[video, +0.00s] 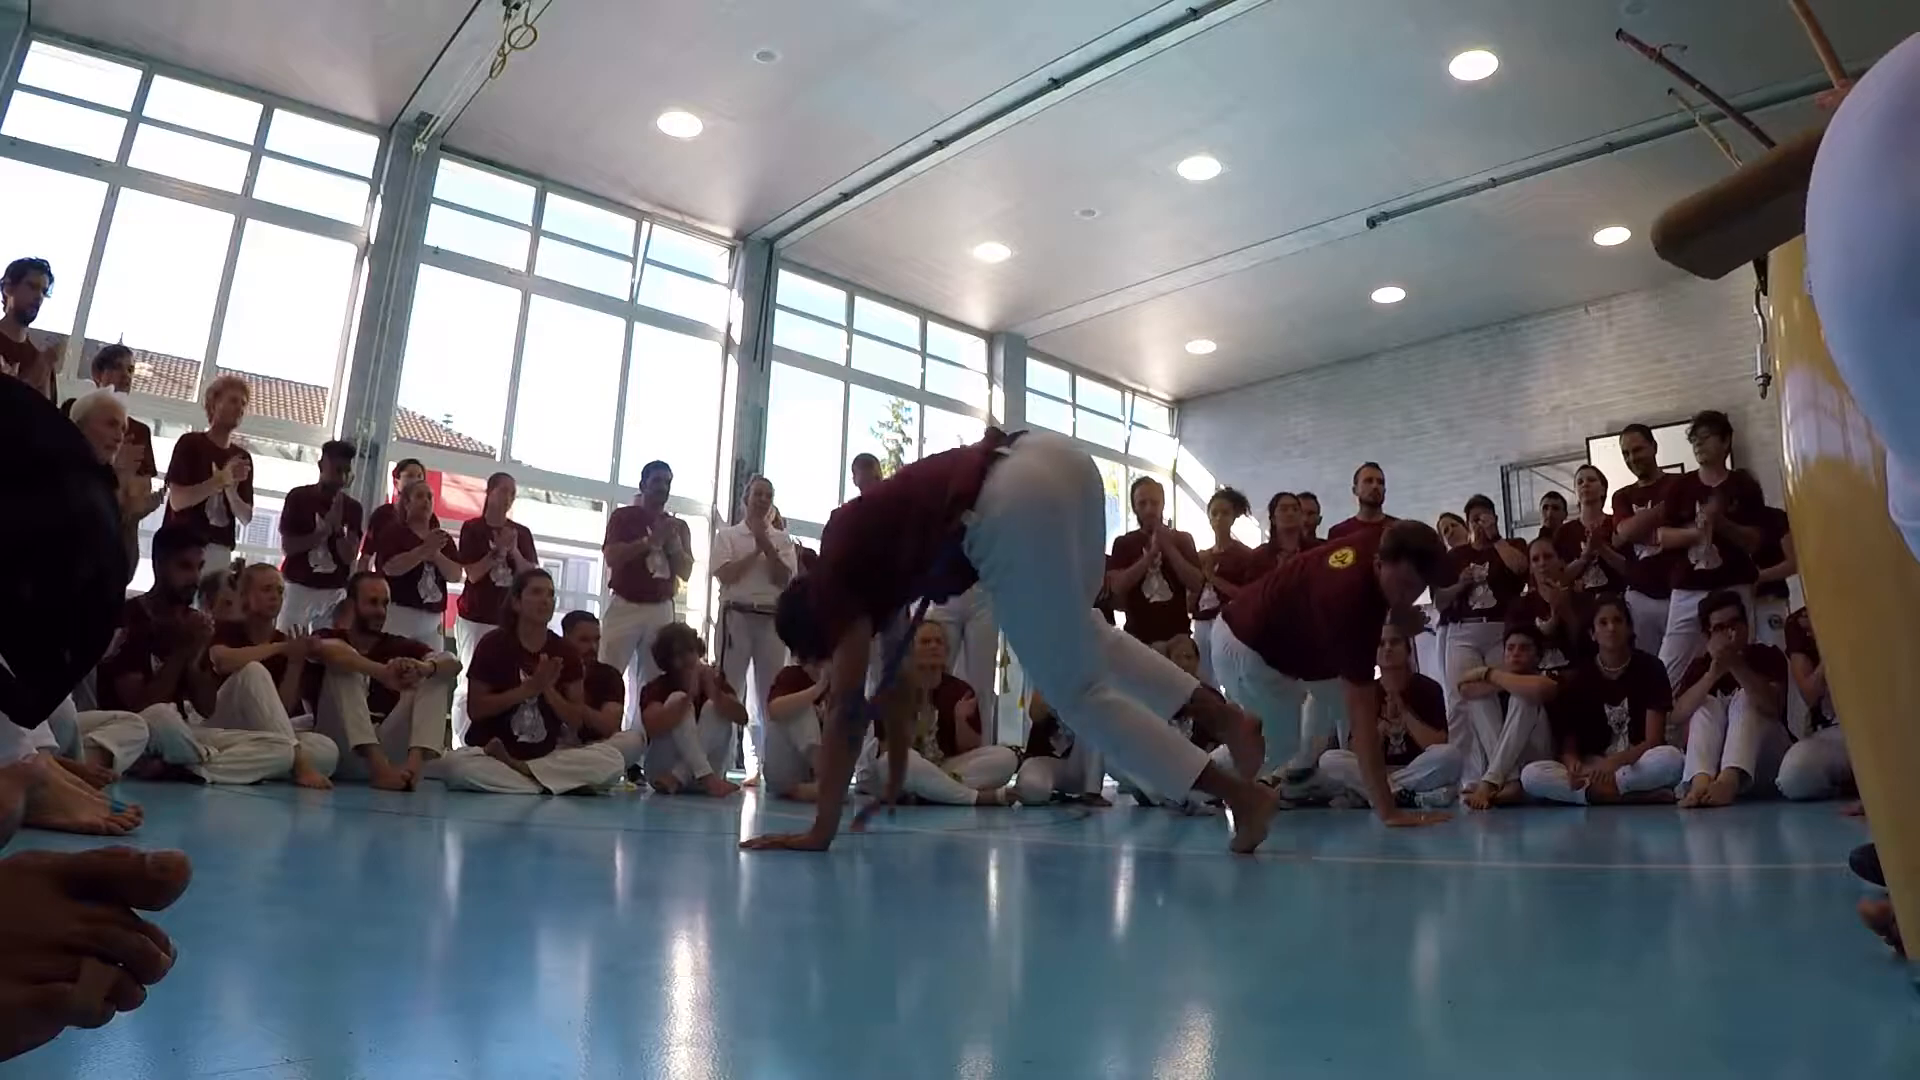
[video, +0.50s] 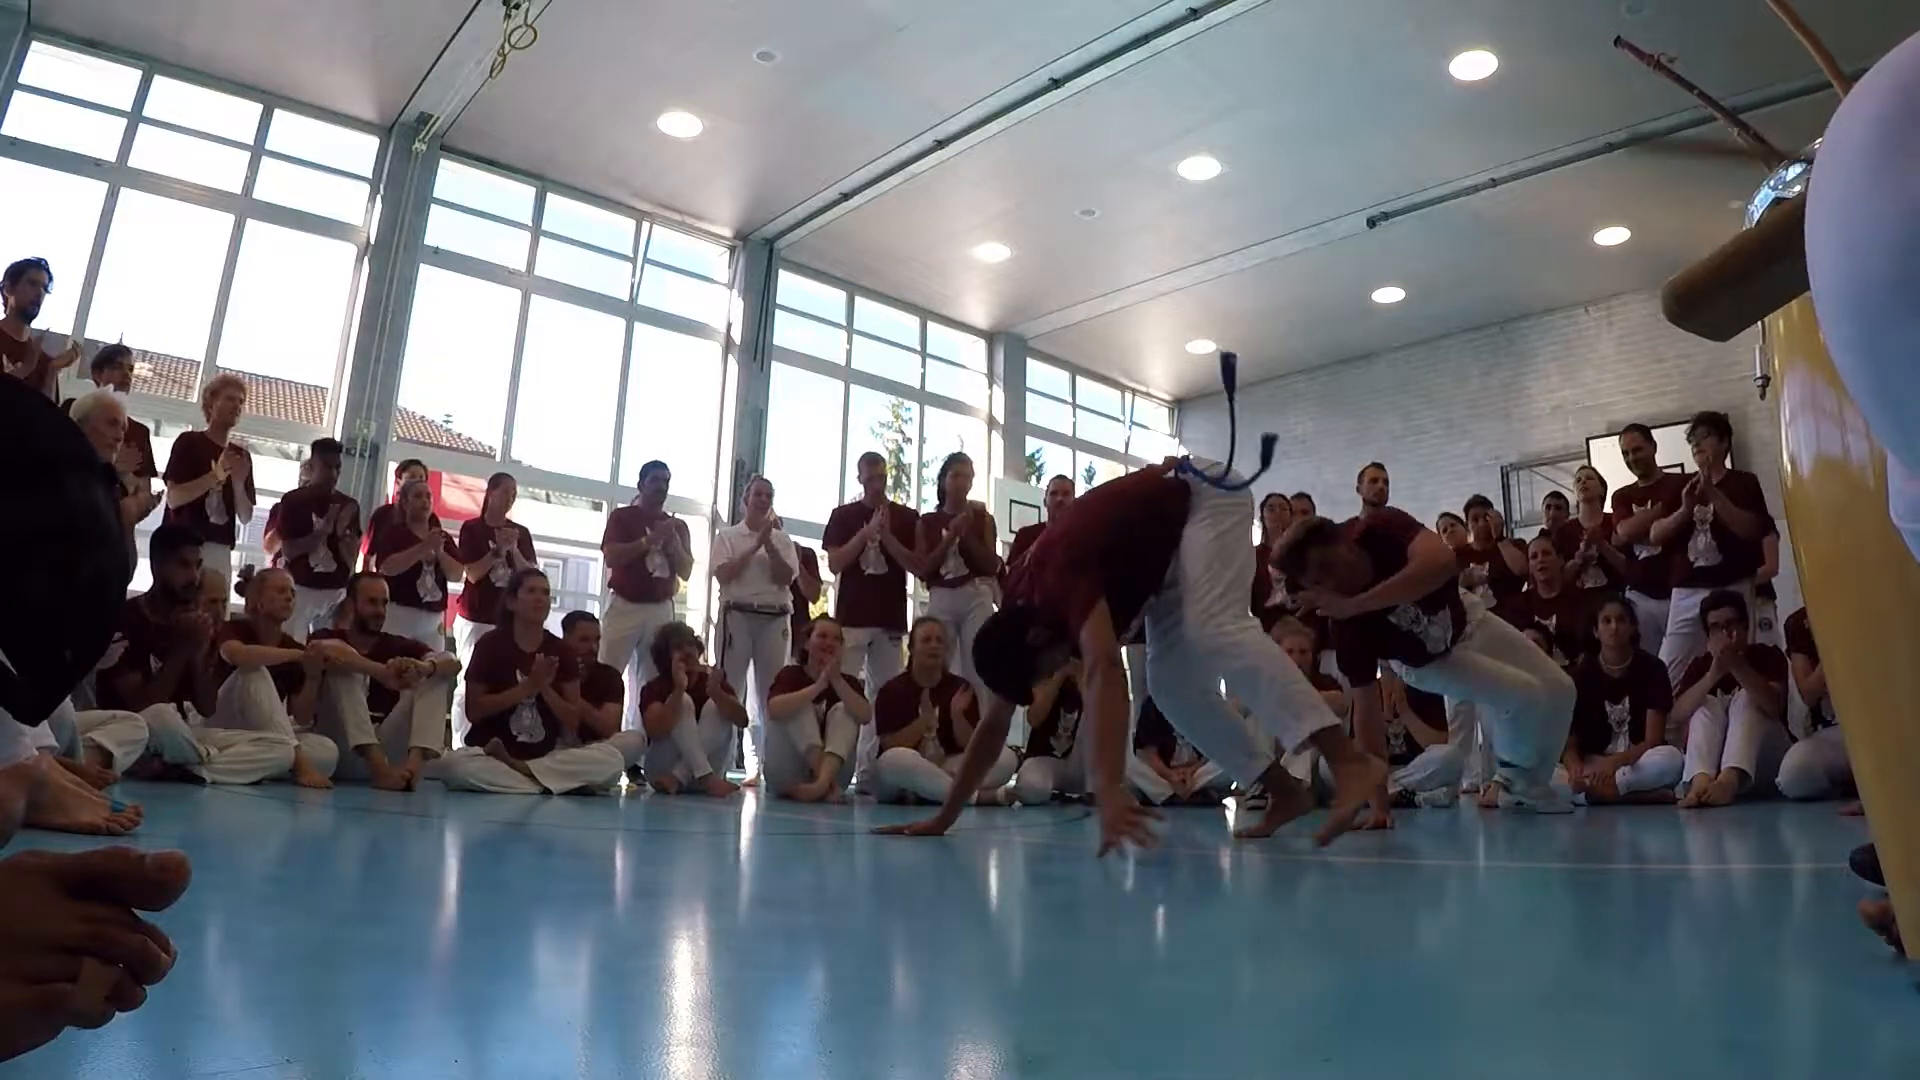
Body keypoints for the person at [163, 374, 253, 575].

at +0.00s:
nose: (240, 408)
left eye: (243, 403)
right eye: (233, 401)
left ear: (245, 410)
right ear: (212, 403)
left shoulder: (242, 457)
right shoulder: (189, 443)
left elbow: (246, 517)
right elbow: (178, 501)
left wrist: (230, 490)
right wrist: (221, 479)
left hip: (219, 549)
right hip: (182, 545)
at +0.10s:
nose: (239, 406)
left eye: (243, 402)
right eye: (233, 399)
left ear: (245, 409)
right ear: (213, 403)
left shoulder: (242, 457)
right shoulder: (189, 442)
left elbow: (246, 517)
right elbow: (176, 500)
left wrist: (232, 490)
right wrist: (221, 479)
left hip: (220, 548)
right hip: (183, 544)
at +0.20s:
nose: (239, 405)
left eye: (243, 401)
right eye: (233, 398)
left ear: (245, 407)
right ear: (213, 401)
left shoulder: (243, 456)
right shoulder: (189, 441)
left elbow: (247, 517)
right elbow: (174, 498)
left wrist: (236, 487)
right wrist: (217, 480)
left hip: (220, 549)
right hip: (182, 545)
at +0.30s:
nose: (239, 405)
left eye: (242, 400)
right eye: (232, 398)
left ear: (244, 407)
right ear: (212, 401)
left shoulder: (243, 456)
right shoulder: (188, 441)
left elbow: (246, 517)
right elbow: (174, 497)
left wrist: (239, 483)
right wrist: (216, 476)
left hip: (219, 548)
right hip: (182, 544)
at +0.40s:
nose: (238, 405)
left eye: (242, 400)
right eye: (232, 397)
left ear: (244, 407)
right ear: (212, 401)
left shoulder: (242, 456)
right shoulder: (188, 441)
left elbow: (246, 517)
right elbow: (172, 498)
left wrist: (244, 480)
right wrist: (210, 474)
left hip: (219, 548)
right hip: (181, 544)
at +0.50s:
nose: (237, 406)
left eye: (241, 401)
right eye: (230, 399)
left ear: (243, 408)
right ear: (210, 402)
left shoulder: (241, 456)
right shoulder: (188, 441)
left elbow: (245, 516)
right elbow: (174, 499)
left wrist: (239, 482)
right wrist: (213, 478)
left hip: (219, 549)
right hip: (183, 545)